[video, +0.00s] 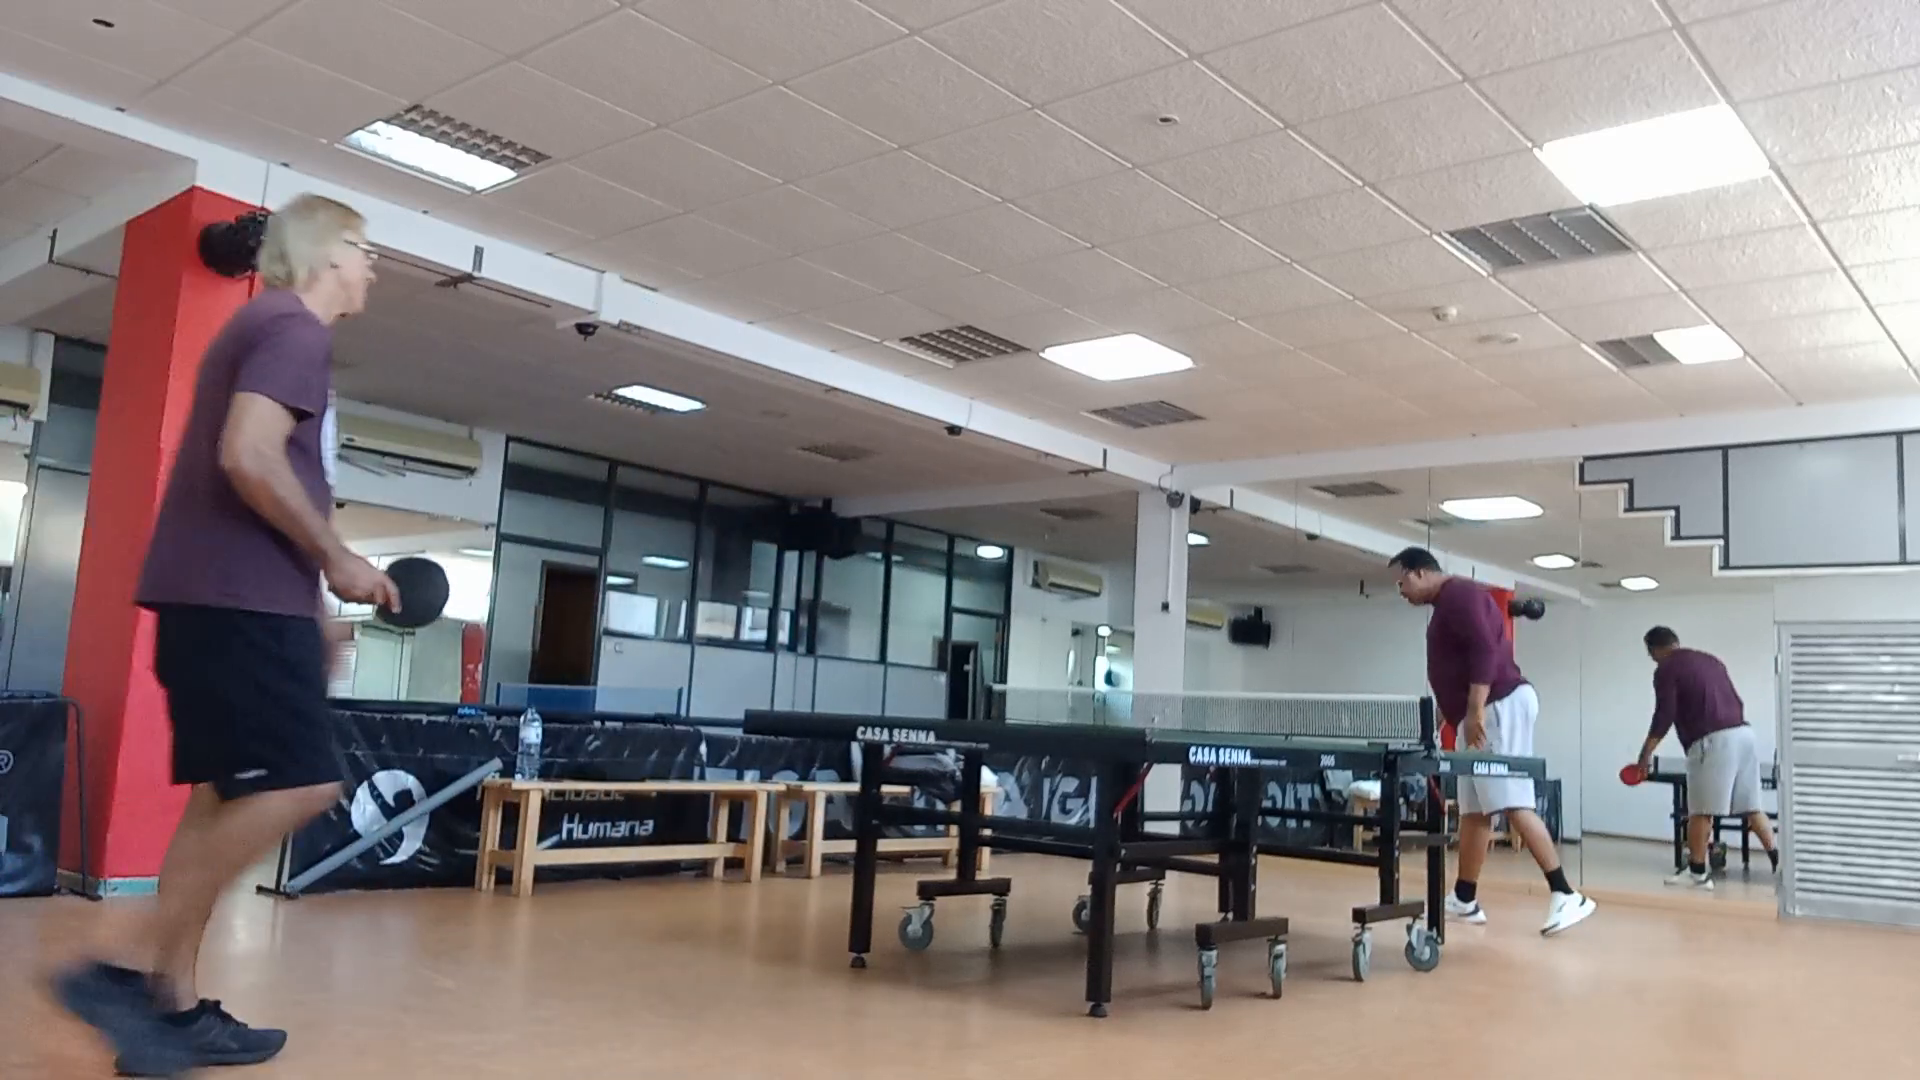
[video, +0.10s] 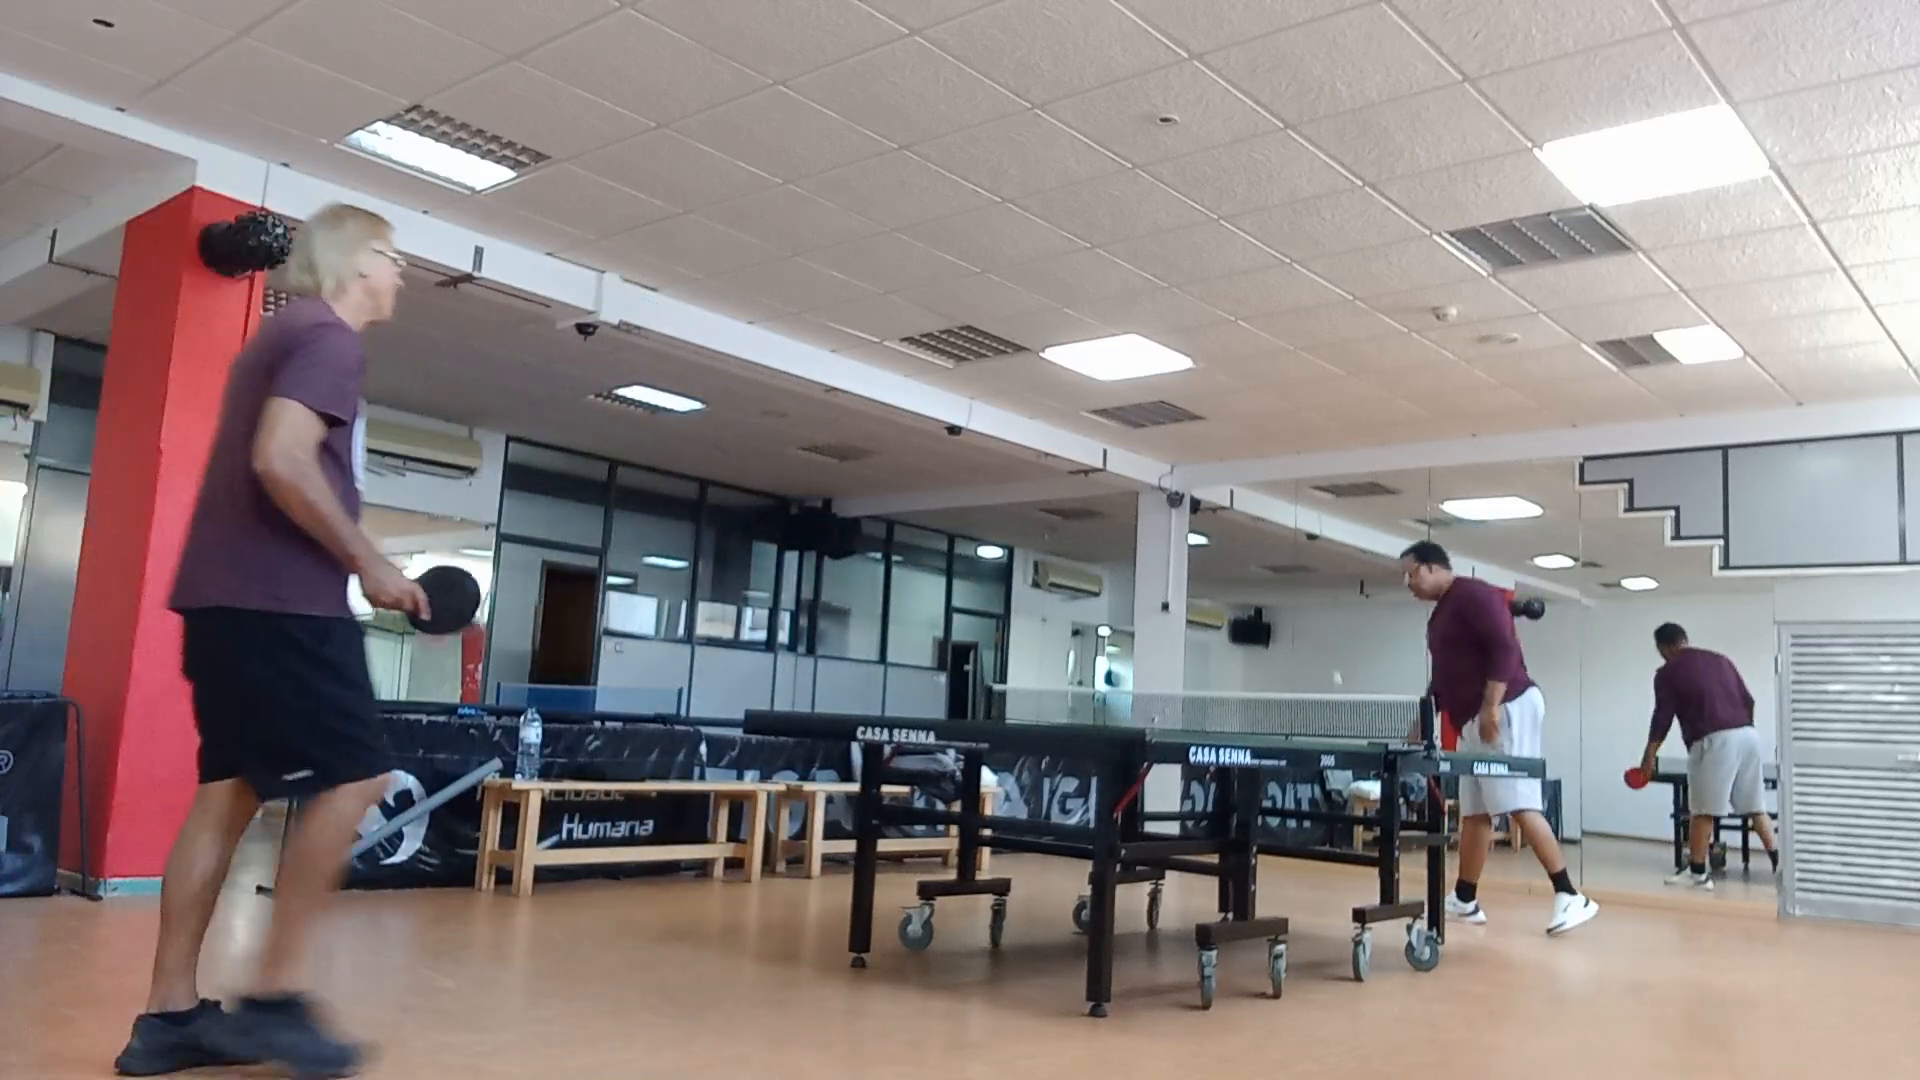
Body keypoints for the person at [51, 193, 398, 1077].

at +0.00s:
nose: (373, 275)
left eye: (370, 258)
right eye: (366, 257)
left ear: (290, 263)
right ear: (328, 260)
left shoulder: (258, 326)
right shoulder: (295, 328)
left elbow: (259, 482)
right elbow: (250, 455)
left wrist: (336, 577)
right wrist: (337, 559)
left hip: (215, 596)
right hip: (240, 599)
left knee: (223, 790)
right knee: (306, 779)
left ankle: (176, 1000)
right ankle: (123, 966)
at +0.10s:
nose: (401, 278)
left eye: (398, 264)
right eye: (392, 261)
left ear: (320, 265)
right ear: (353, 263)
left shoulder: (281, 331)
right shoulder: (329, 334)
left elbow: (284, 482)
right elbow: (282, 458)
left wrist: (373, 564)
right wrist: (372, 566)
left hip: (225, 599)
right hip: (280, 603)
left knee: (231, 785)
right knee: (355, 776)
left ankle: (169, 1009)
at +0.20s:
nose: (430, 289)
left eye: (429, 274)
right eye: (423, 272)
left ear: (353, 276)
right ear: (388, 274)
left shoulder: (311, 343)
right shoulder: (363, 345)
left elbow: (311, 493)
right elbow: (321, 468)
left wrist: (402, 544)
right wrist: (406, 571)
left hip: (259, 607)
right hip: (321, 613)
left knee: (240, 791)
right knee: (393, 787)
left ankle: (172, 1009)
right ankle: (397, 1002)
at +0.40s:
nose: (509, 315)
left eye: (507, 300)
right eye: (502, 299)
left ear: (432, 304)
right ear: (472, 306)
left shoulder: (376, 375)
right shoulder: (449, 377)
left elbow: (357, 515)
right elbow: (416, 501)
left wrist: (474, 592)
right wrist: (495, 590)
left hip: (339, 633)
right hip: (415, 639)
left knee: (307, 795)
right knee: (469, 797)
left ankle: (187, 993)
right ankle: (478, 998)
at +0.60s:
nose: (586, 334)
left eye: (586, 320)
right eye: (584, 320)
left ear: (511, 313)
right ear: (559, 320)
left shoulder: (455, 379)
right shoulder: (545, 393)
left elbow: (428, 503)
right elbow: (525, 510)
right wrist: (604, 586)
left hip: (425, 620)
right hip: (499, 629)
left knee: (437, 787)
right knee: (514, 801)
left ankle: (303, 926)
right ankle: (482, 998)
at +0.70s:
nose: (612, 336)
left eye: (611, 323)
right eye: (609, 323)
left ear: (539, 318)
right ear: (584, 323)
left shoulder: (476, 385)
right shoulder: (577, 393)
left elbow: (430, 512)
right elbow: (579, 513)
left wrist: (505, 547)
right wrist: (660, 572)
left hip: (456, 620)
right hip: (529, 627)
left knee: (481, 785)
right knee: (522, 802)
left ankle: (399, 944)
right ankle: (480, 999)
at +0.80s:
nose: (632, 348)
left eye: (633, 334)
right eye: (630, 333)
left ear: (562, 326)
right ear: (606, 331)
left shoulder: (498, 393)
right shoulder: (604, 400)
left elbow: (450, 511)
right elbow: (626, 517)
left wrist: (504, 569)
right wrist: (714, 551)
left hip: (483, 623)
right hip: (547, 629)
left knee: (506, 798)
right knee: (528, 804)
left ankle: (495, 970)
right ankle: (478, 1000)